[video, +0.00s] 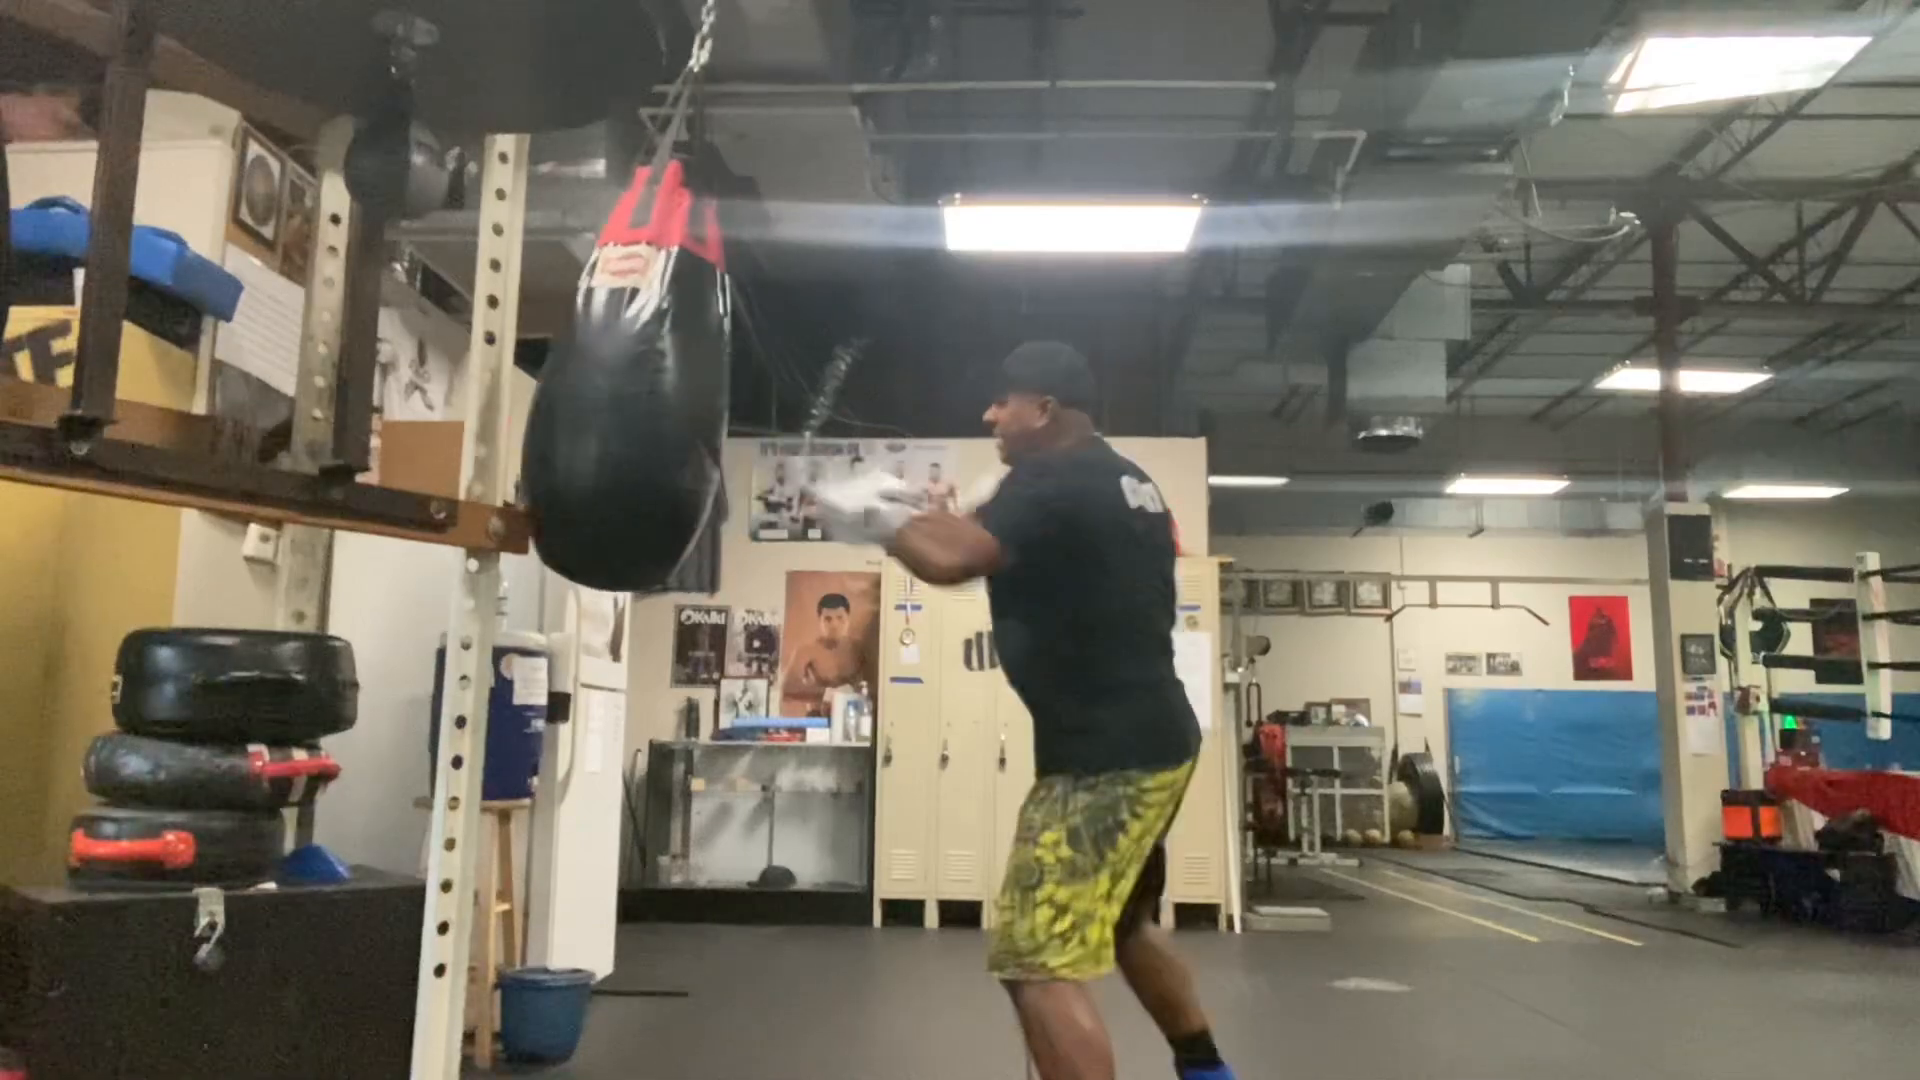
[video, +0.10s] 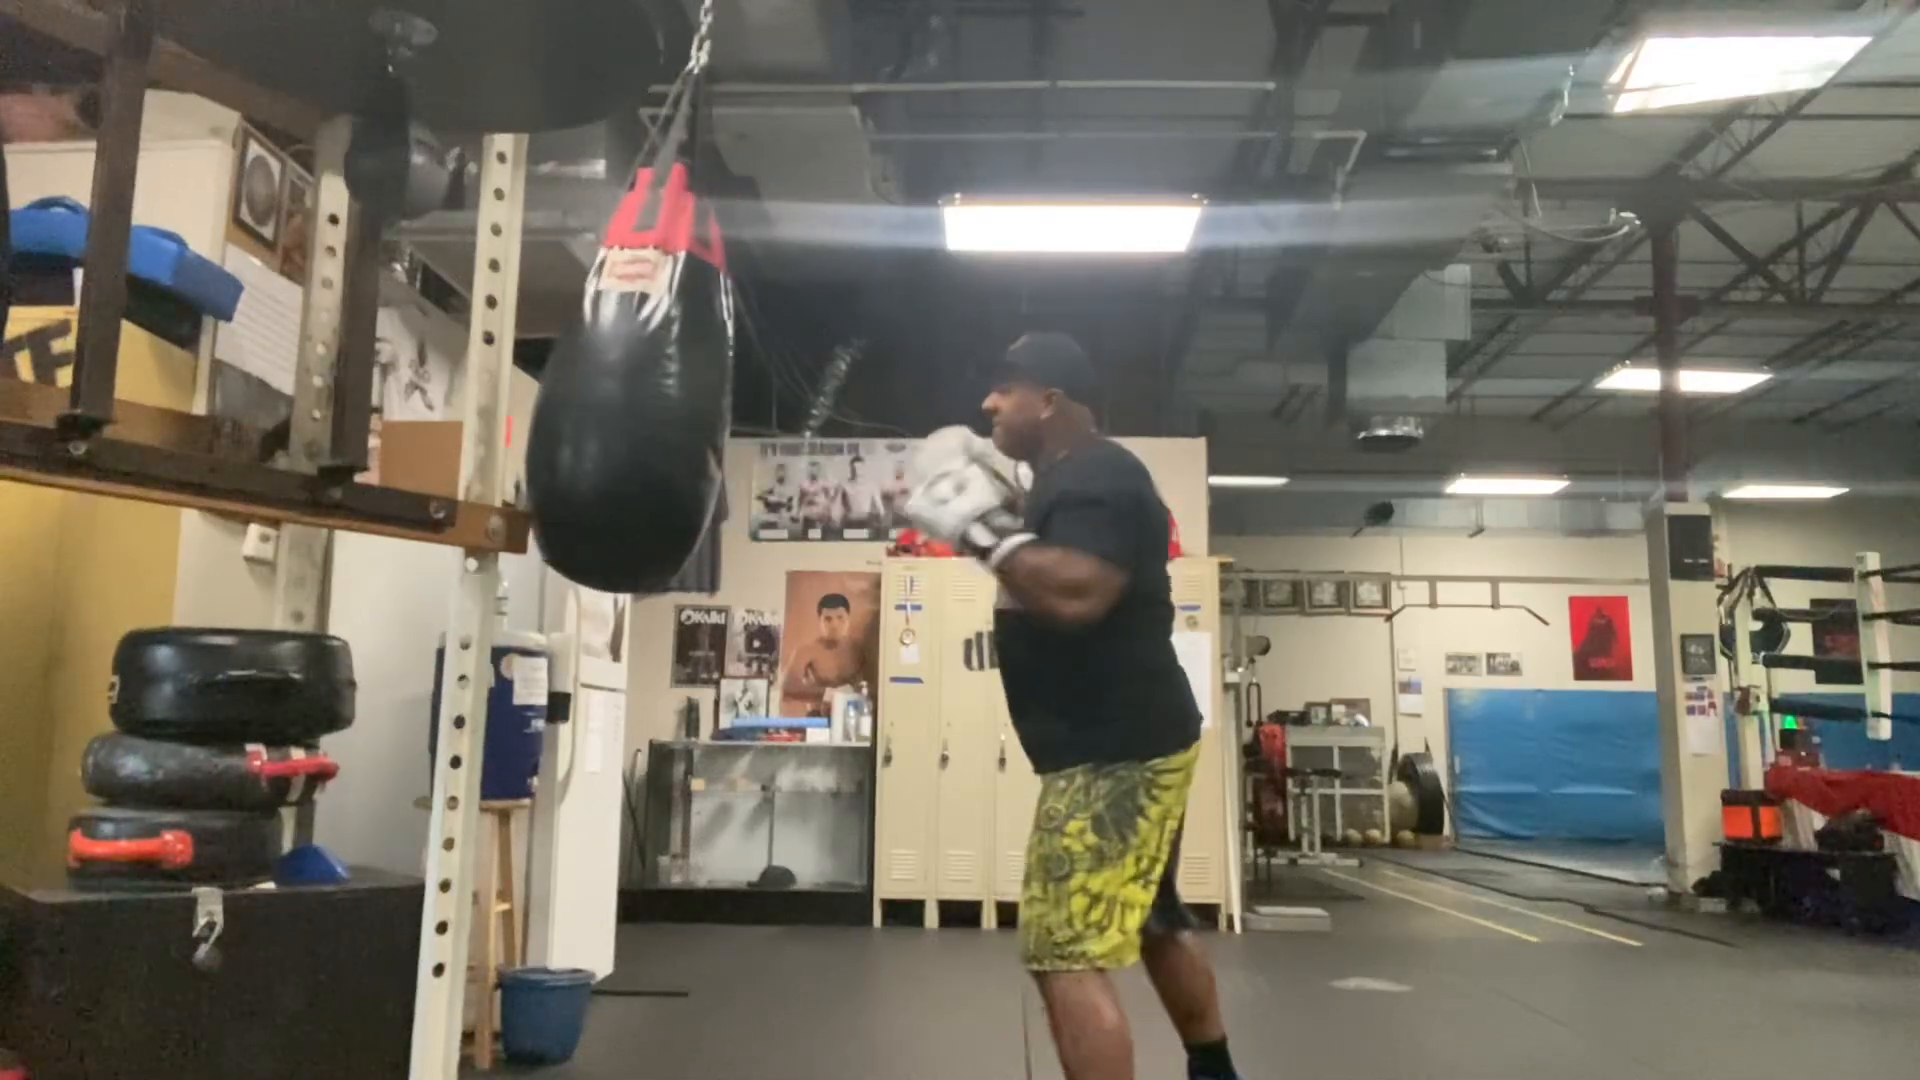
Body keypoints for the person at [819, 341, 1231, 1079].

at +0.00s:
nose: (991, 415)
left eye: (1005, 400)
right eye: (997, 400)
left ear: (1045, 409)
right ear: (1060, 411)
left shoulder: (1053, 487)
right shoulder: (1126, 479)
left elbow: (949, 556)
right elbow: (1040, 555)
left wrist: (878, 517)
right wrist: (957, 519)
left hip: (1102, 757)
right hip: (1157, 743)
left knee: (1038, 961)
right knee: (1127, 927)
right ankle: (1206, 1068)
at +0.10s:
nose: (989, 404)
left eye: (1004, 389)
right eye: (994, 388)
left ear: (1051, 402)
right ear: (1053, 404)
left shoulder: (1100, 477)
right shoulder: (1074, 477)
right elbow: (1061, 567)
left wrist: (980, 530)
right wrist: (998, 509)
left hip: (1110, 753)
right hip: (1134, 745)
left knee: (1061, 955)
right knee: (1156, 924)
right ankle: (1214, 1069)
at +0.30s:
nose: (1026, 427)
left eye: (1039, 413)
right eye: (1023, 414)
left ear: (1085, 414)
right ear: (1042, 419)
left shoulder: (1145, 498)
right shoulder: (1044, 495)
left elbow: (1082, 594)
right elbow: (913, 498)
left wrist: (1021, 495)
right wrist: (812, 468)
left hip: (1153, 749)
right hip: (1099, 745)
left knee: (1122, 942)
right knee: (1131, 925)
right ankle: (1204, 1065)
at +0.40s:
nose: (1010, 435)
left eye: (1024, 421)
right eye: (1012, 420)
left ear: (1072, 431)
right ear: (1062, 432)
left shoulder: (1134, 510)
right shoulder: (1053, 512)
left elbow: (1101, 618)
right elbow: (968, 556)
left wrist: (1016, 545)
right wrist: (898, 529)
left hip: (1147, 762)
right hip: (1121, 760)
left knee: (1088, 948)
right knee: (1140, 949)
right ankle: (1217, 1074)